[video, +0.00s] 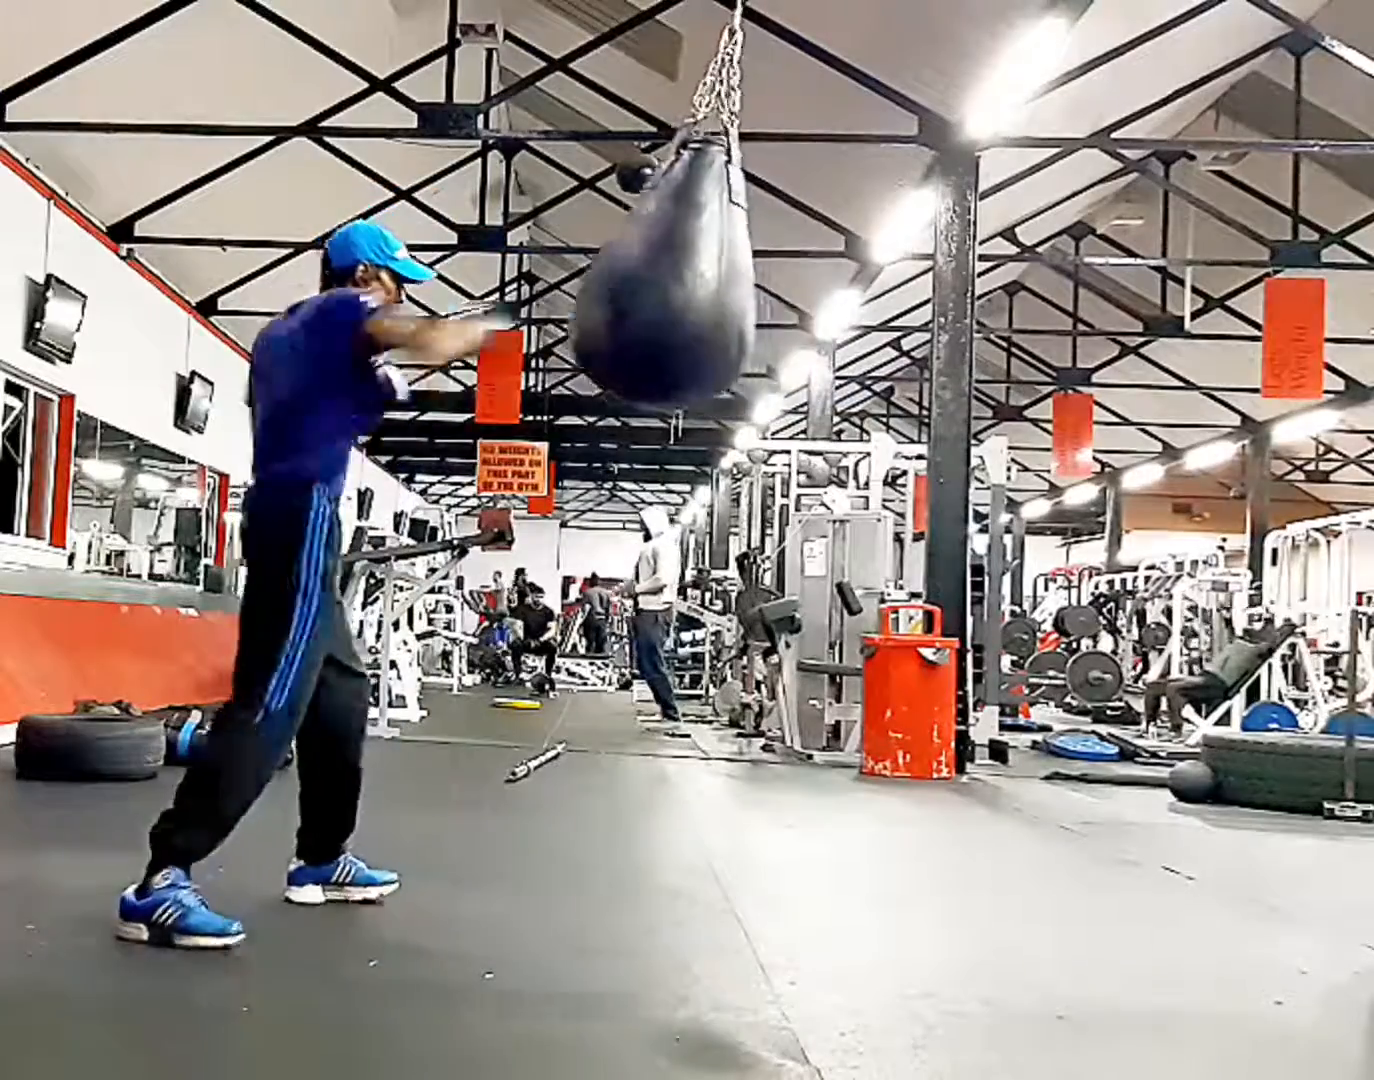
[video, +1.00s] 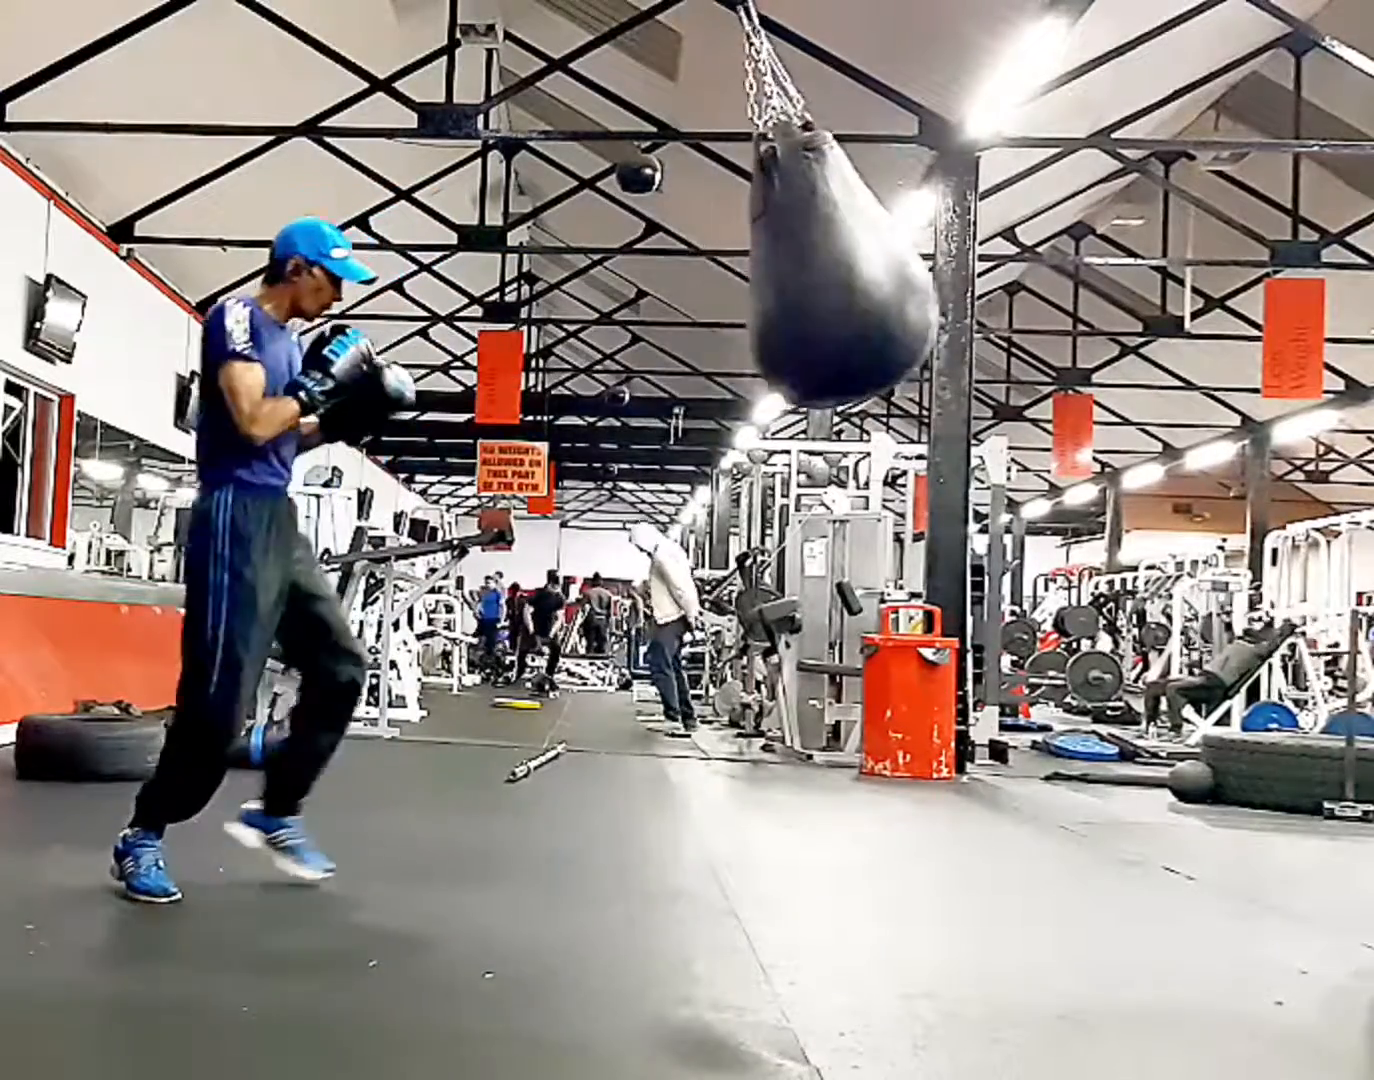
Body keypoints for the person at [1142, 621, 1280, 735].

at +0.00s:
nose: (1262, 635)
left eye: (1263, 634)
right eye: (1262, 633)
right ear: (1255, 635)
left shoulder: (1257, 650)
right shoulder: (1236, 643)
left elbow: (1273, 645)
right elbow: (1230, 635)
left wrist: (1286, 629)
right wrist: (1225, 619)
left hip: (1219, 681)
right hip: (1204, 674)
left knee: (1174, 689)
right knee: (1152, 688)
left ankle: (1177, 731)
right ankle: (1148, 728)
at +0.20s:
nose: (1250, 631)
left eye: (1254, 631)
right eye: (1253, 630)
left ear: (1259, 637)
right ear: (1249, 633)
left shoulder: (1256, 653)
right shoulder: (1237, 643)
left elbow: (1266, 633)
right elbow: (1232, 629)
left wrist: (1268, 610)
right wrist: (1228, 607)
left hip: (1219, 680)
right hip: (1205, 674)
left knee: (1173, 689)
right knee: (1152, 688)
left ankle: (1176, 730)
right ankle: (1148, 727)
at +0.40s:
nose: (1257, 631)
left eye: (1260, 630)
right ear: (1255, 634)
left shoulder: (1256, 651)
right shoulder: (1236, 643)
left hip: (1218, 682)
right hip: (1203, 675)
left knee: (1174, 690)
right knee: (1152, 688)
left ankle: (1176, 732)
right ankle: (1148, 726)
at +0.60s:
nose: (1257, 634)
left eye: (1256, 631)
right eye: (1257, 632)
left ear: (1249, 635)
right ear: (1253, 635)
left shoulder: (1256, 651)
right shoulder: (1236, 645)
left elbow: (1275, 652)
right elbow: (1221, 651)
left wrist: (1275, 636)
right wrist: (1222, 632)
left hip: (1216, 681)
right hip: (1205, 674)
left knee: (1173, 689)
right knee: (1153, 688)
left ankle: (1176, 730)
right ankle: (1147, 727)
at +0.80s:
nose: (1259, 636)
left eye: (1259, 633)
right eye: (1259, 633)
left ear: (1255, 637)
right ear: (1254, 636)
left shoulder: (1256, 650)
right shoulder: (1234, 646)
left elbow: (1278, 655)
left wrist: (1277, 644)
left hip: (1217, 681)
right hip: (1202, 674)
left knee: (1173, 689)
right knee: (1152, 688)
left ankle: (1176, 730)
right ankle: (1147, 727)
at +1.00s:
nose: (1251, 626)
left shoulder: (1258, 650)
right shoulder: (1236, 643)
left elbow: (1273, 644)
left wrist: (1283, 632)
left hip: (1218, 682)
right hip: (1203, 676)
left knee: (1174, 689)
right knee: (1152, 688)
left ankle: (1176, 730)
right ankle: (1148, 727)